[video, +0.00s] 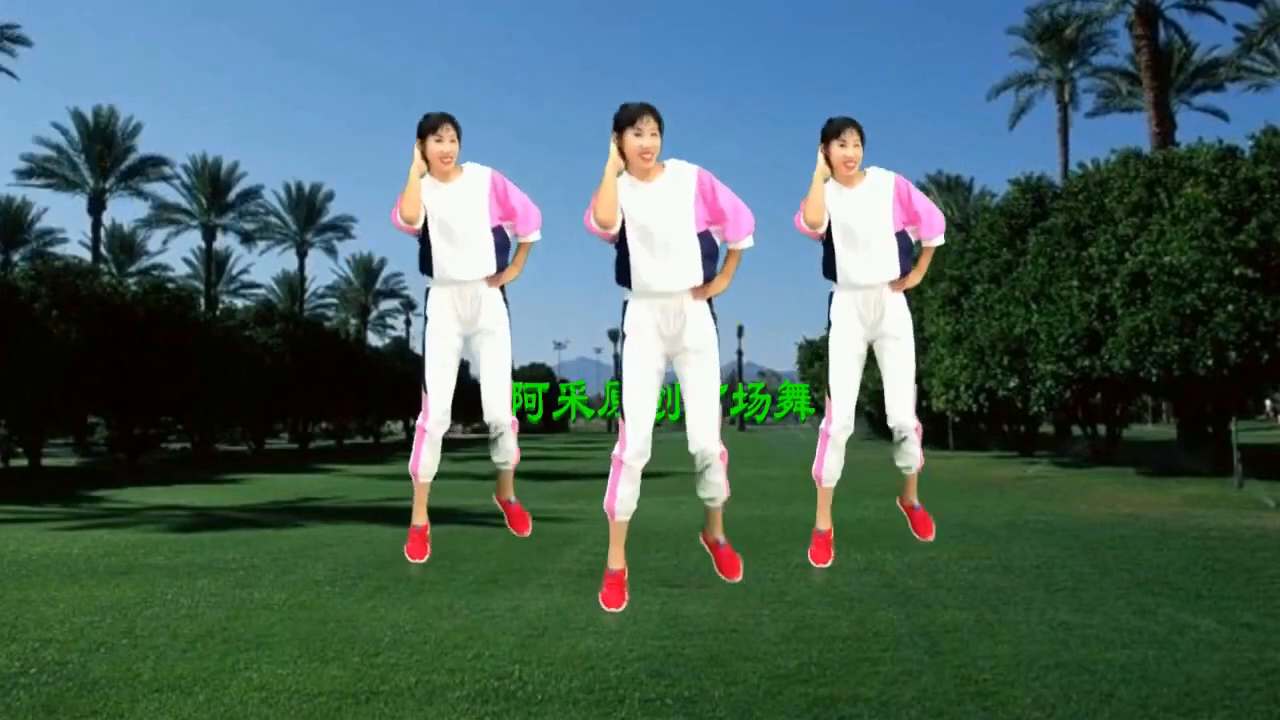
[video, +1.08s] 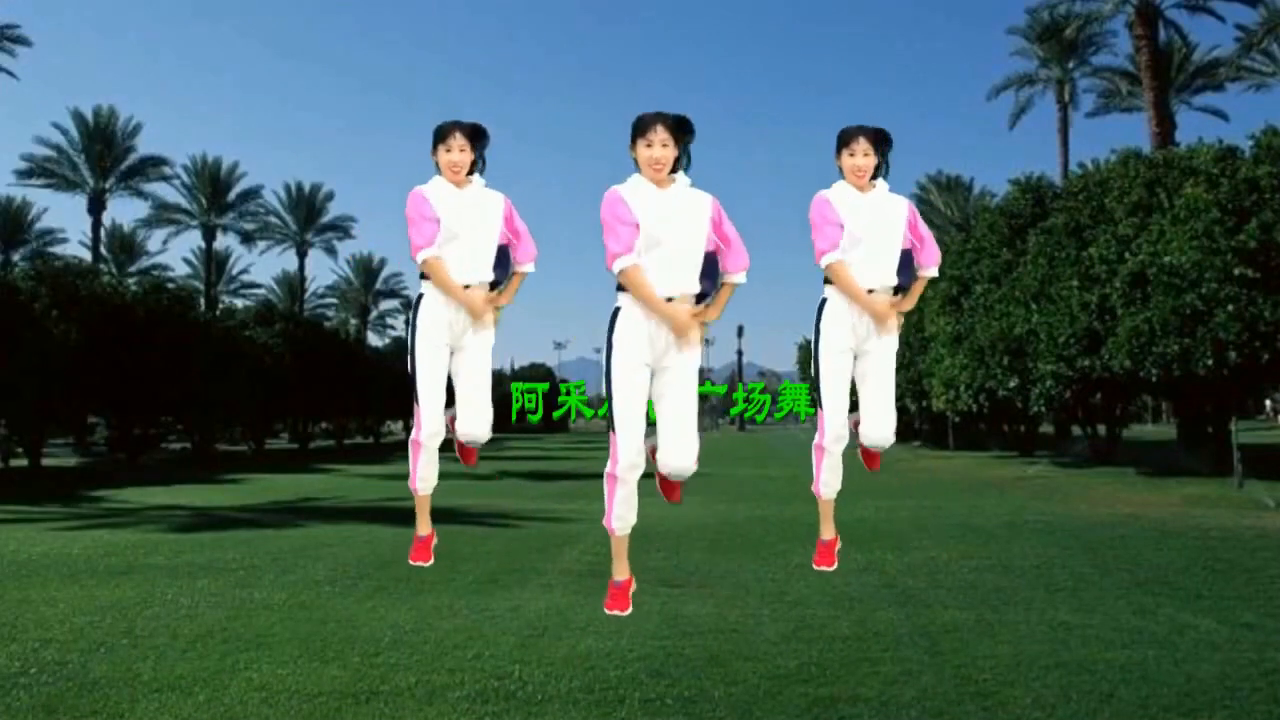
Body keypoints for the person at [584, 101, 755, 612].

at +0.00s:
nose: (646, 141)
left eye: (651, 134)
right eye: (636, 134)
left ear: (661, 139)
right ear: (619, 143)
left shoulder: (690, 178)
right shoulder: (614, 191)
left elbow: (741, 221)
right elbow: (605, 222)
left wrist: (724, 278)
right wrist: (613, 164)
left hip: (693, 311)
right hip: (642, 315)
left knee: (706, 443)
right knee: (633, 443)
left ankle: (715, 534)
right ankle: (616, 561)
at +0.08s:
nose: (644, 141)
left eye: (650, 133)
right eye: (635, 134)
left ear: (660, 138)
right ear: (617, 143)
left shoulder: (690, 177)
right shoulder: (613, 188)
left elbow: (739, 223)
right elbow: (605, 222)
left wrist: (723, 281)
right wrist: (612, 162)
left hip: (688, 306)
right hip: (639, 308)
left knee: (694, 447)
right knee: (632, 442)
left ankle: (688, 493)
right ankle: (622, 561)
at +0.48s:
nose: (653, 151)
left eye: (657, 141)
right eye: (643, 142)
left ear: (667, 148)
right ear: (626, 152)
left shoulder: (697, 196)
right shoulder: (617, 200)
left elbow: (737, 249)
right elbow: (656, 217)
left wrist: (722, 298)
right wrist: (650, 150)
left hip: (690, 320)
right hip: (640, 320)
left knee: (701, 457)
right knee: (634, 456)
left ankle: (698, 528)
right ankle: (626, 571)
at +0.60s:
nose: (658, 156)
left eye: (666, 149)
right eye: (649, 148)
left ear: (677, 157)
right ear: (632, 155)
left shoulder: (701, 199)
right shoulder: (622, 203)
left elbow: (743, 249)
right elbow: (676, 212)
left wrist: (731, 296)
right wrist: (710, 158)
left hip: (704, 320)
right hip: (655, 324)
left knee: (715, 451)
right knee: (652, 459)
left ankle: (726, 560)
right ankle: (630, 573)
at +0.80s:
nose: (665, 173)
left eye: (672, 166)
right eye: (655, 166)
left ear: (681, 174)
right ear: (639, 174)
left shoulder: (704, 221)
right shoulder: (630, 224)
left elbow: (752, 272)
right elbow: (683, 244)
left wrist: (730, 324)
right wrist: (745, 219)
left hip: (709, 353)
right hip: (658, 355)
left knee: (715, 471)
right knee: (660, 477)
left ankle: (725, 566)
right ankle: (629, 577)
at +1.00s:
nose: (660, 138)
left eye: (668, 130)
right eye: (651, 130)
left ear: (680, 137)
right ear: (636, 137)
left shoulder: (705, 189)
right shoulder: (624, 183)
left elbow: (739, 248)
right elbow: (645, 242)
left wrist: (717, 285)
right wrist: (701, 279)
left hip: (688, 314)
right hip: (638, 312)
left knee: (696, 449)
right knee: (631, 444)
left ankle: (688, 501)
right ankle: (620, 562)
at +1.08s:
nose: (657, 152)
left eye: (666, 144)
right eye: (649, 144)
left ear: (680, 151)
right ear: (634, 151)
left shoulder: (704, 204)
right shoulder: (620, 198)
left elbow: (736, 263)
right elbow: (625, 266)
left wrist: (710, 313)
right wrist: (671, 313)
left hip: (683, 330)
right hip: (632, 326)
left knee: (679, 462)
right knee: (628, 454)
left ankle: (667, 467)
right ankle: (621, 571)